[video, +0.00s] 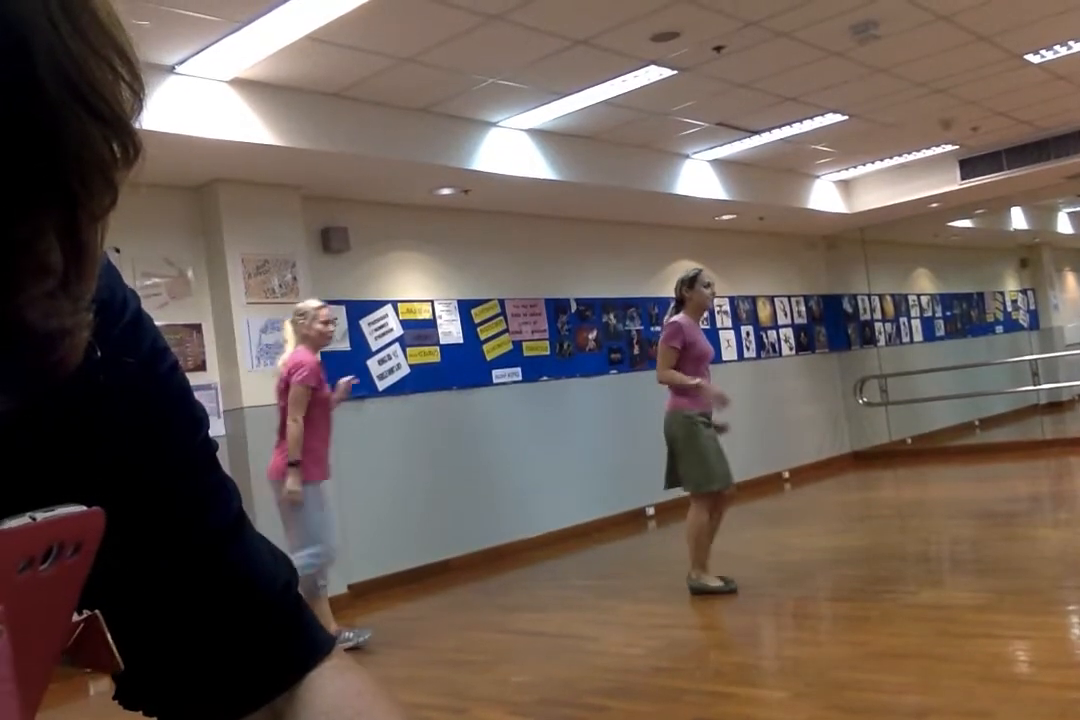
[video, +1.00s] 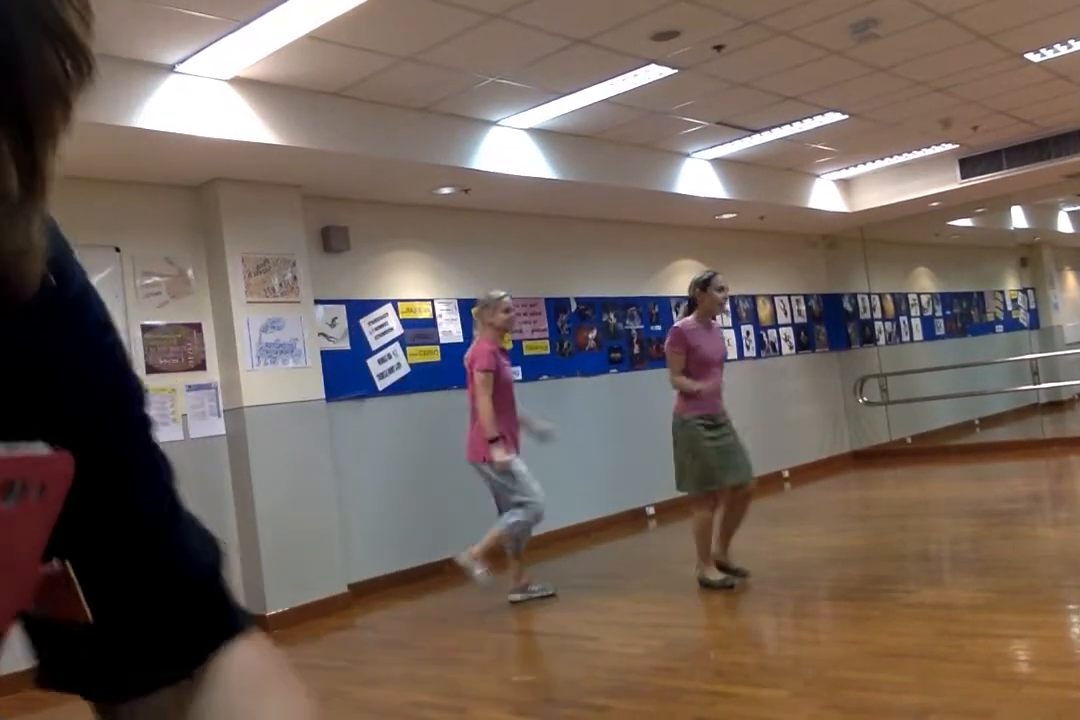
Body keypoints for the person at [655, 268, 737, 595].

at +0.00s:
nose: (713, 292)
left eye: (713, 287)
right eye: (707, 286)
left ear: (700, 294)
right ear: (687, 291)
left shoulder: (695, 328)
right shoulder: (676, 326)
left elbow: (692, 378)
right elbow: (663, 373)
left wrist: (708, 418)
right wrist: (701, 385)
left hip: (699, 419)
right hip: (685, 420)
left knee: (720, 494)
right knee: (703, 496)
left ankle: (701, 570)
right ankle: (697, 573)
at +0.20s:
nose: (712, 292)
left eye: (712, 287)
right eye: (706, 286)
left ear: (700, 293)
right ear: (686, 293)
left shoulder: (694, 327)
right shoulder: (679, 324)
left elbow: (691, 372)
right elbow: (673, 372)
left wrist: (727, 370)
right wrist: (719, 369)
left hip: (702, 418)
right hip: (686, 419)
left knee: (724, 489)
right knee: (699, 496)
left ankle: (703, 561)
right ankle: (697, 574)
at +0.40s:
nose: (710, 299)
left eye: (711, 293)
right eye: (704, 293)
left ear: (702, 299)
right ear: (686, 298)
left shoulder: (695, 332)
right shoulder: (679, 331)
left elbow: (700, 383)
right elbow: (675, 382)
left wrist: (730, 392)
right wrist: (712, 403)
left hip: (701, 418)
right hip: (686, 420)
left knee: (714, 495)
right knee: (698, 497)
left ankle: (706, 570)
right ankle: (697, 576)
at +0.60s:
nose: (711, 300)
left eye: (712, 295)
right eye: (706, 294)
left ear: (706, 300)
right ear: (687, 298)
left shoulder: (700, 333)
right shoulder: (677, 333)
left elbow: (711, 377)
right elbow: (658, 379)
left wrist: (749, 374)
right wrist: (674, 416)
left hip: (699, 420)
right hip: (687, 421)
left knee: (706, 495)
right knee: (721, 488)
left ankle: (705, 567)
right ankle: (705, 566)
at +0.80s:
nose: (712, 299)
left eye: (713, 294)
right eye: (707, 293)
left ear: (709, 299)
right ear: (688, 297)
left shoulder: (705, 334)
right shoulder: (675, 333)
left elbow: (717, 377)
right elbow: (654, 374)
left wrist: (755, 395)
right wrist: (671, 413)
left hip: (709, 422)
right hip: (690, 423)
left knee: (711, 496)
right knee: (710, 495)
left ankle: (705, 568)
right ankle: (703, 569)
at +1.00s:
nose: (726, 295)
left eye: (726, 290)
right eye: (720, 290)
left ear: (714, 297)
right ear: (700, 294)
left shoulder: (716, 329)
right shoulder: (680, 331)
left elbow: (713, 373)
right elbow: (674, 377)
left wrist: (720, 408)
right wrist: (695, 386)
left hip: (718, 417)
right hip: (692, 421)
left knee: (742, 486)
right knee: (704, 496)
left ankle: (721, 555)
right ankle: (704, 568)